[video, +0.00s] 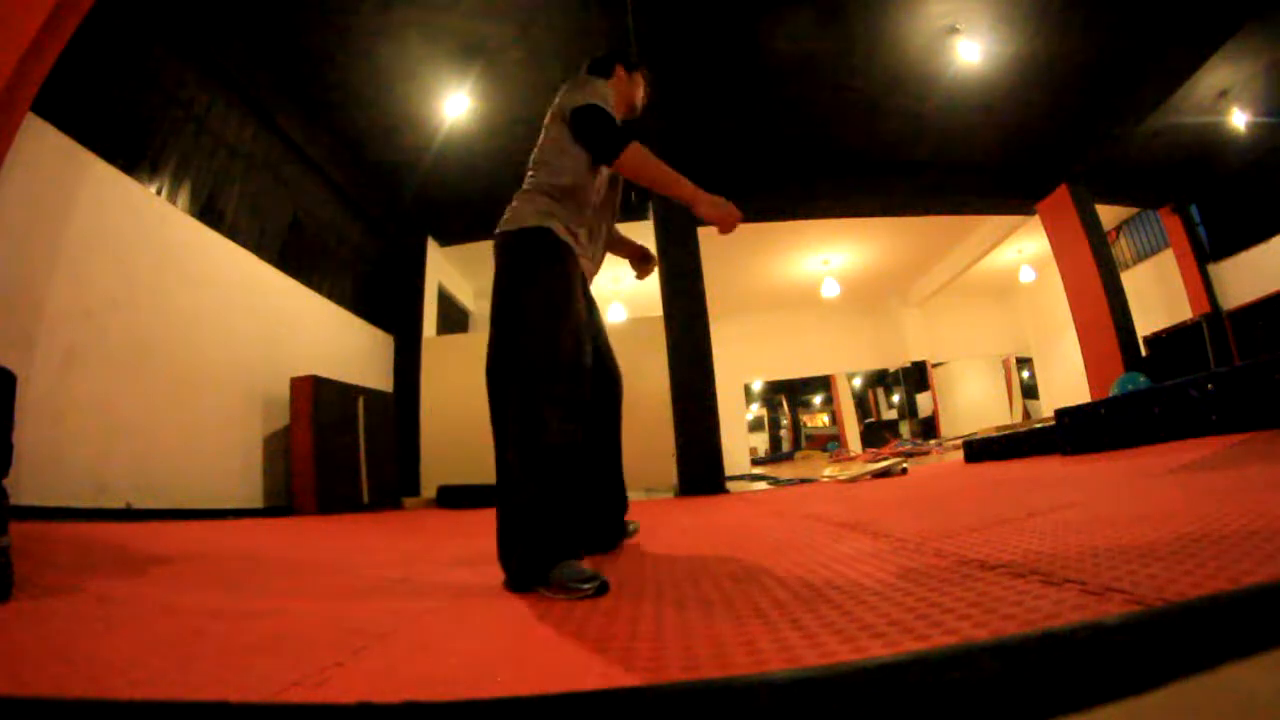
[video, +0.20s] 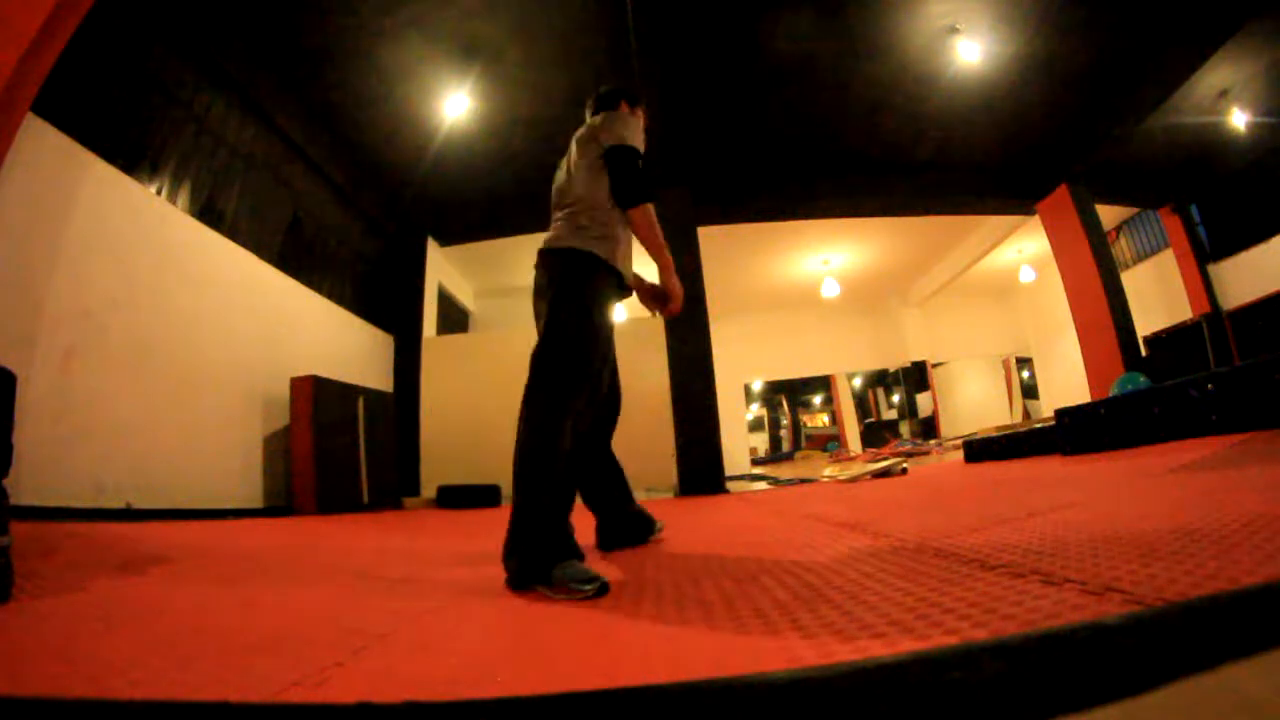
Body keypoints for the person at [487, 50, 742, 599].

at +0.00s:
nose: (641, 100)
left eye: (643, 92)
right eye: (639, 87)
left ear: (613, 82)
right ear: (620, 75)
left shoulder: (601, 139)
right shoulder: (585, 89)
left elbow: (580, 214)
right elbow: (613, 147)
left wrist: (627, 247)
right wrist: (699, 198)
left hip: (564, 265)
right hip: (534, 250)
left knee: (596, 385)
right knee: (541, 395)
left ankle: (594, 521)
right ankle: (537, 558)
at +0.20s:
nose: (642, 126)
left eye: (640, 120)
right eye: (640, 118)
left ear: (598, 113)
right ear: (628, 111)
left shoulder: (578, 151)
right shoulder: (617, 124)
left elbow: (593, 237)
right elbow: (630, 193)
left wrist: (642, 286)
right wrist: (668, 269)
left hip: (568, 274)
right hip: (580, 272)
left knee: (593, 404)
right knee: (558, 404)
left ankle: (618, 519)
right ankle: (536, 556)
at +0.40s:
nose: (652, 142)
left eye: (650, 137)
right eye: (650, 135)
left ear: (605, 136)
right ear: (639, 130)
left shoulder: (585, 175)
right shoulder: (633, 141)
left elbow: (581, 236)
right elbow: (644, 201)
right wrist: (674, 266)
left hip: (584, 278)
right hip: (625, 273)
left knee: (602, 396)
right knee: (638, 388)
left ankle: (619, 510)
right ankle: (581, 510)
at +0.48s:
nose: (658, 149)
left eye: (657, 144)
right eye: (657, 143)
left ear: (615, 138)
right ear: (649, 136)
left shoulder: (589, 183)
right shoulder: (638, 148)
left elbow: (582, 258)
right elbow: (651, 205)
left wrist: (582, 325)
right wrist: (698, 268)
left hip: (595, 288)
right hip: (636, 280)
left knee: (617, 402)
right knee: (653, 397)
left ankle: (622, 519)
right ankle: (622, 512)